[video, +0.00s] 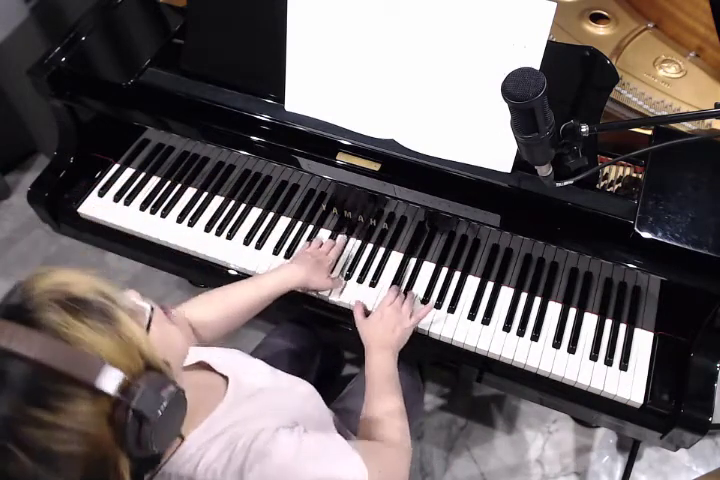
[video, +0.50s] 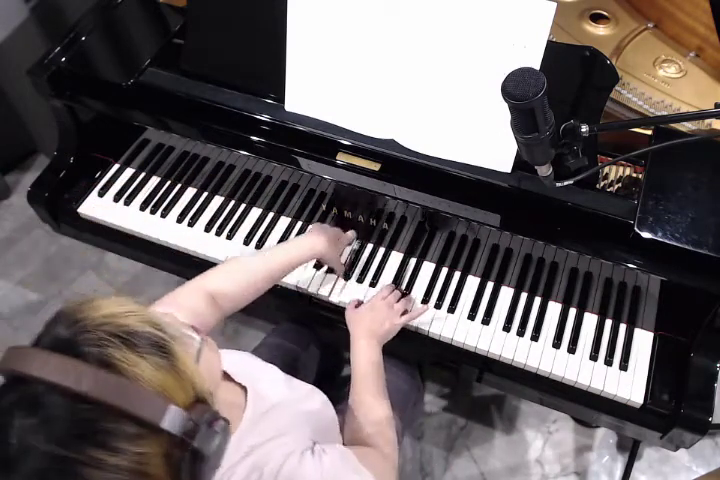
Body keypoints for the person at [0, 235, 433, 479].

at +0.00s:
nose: (151, 300)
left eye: (133, 300)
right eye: (141, 313)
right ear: (140, 378)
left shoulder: (141, 387)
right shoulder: (268, 460)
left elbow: (184, 325)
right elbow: (385, 468)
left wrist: (291, 274)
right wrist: (382, 354)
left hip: (261, 377)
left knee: (306, 310)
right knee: (397, 365)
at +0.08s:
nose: (151, 304)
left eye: (131, 305)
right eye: (142, 323)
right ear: (144, 391)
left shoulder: (142, 380)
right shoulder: (262, 462)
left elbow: (185, 324)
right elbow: (384, 466)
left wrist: (292, 272)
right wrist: (378, 352)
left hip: (260, 374)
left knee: (309, 310)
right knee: (398, 369)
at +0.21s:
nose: (168, 317)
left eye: (147, 317)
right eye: (154, 334)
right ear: (152, 397)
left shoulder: (150, 373)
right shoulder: (262, 463)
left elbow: (188, 312)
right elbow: (380, 467)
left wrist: (297, 263)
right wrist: (374, 349)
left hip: (262, 374)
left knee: (308, 318)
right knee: (397, 368)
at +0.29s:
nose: (170, 320)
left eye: (150, 322)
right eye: (159, 339)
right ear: (162, 406)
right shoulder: (264, 464)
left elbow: (189, 308)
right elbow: (381, 466)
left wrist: (300, 259)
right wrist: (372, 348)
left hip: (261, 373)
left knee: (305, 322)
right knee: (399, 368)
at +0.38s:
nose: (170, 320)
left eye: (150, 321)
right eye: (159, 338)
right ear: (162, 406)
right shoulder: (265, 464)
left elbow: (189, 308)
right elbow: (381, 466)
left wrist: (300, 259)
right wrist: (372, 348)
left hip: (262, 373)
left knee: (304, 322)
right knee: (399, 368)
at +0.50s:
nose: (191, 333)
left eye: (174, 333)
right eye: (187, 348)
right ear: (183, 407)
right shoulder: (278, 469)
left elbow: (207, 298)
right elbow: (378, 465)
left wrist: (306, 244)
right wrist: (366, 343)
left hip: (258, 372)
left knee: (301, 328)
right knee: (397, 369)